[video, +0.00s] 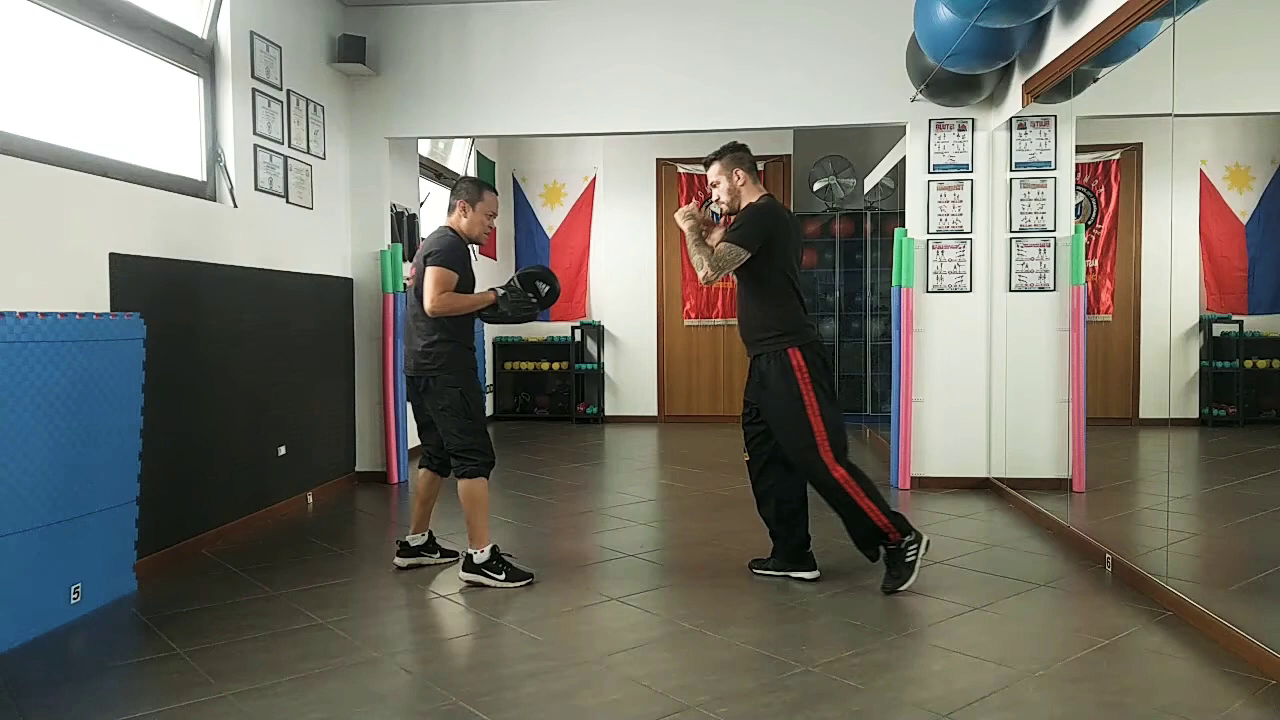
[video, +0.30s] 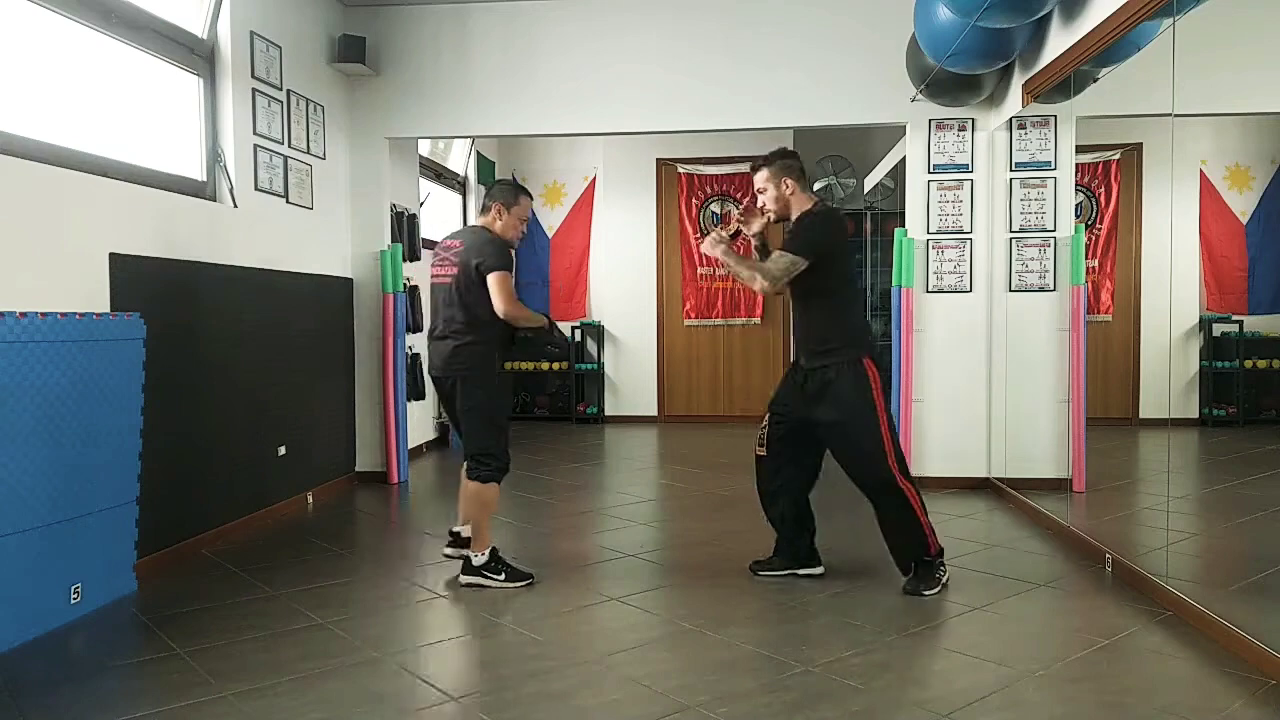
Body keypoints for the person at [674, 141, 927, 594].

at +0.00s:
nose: (713, 193)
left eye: (717, 184)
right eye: (711, 186)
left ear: (740, 177)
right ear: (743, 180)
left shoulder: (762, 213)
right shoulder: (756, 218)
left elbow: (709, 270)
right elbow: (730, 269)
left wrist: (690, 232)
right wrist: (710, 238)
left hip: (789, 353)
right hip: (768, 356)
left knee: (820, 456)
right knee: (768, 457)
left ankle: (899, 540)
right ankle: (793, 555)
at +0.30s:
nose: (760, 201)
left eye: (763, 190)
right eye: (757, 193)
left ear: (788, 184)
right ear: (789, 187)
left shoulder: (819, 222)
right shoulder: (799, 228)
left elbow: (769, 280)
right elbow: (778, 283)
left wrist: (724, 254)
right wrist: (759, 239)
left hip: (849, 368)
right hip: (808, 369)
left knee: (880, 470)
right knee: (777, 460)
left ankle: (926, 560)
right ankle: (796, 552)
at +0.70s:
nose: (771, 198)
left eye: (777, 187)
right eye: (769, 190)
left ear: (802, 185)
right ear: (795, 189)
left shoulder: (849, 216)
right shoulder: (793, 238)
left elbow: (799, 252)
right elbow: (770, 298)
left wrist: (756, 216)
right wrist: (744, 283)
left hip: (871, 363)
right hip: (820, 366)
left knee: (885, 463)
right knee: (788, 454)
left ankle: (923, 559)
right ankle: (789, 549)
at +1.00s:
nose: (776, 213)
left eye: (779, 204)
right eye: (774, 206)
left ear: (804, 203)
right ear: (806, 204)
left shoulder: (844, 240)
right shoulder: (814, 244)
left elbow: (792, 300)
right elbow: (794, 298)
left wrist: (768, 257)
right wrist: (772, 254)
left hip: (848, 383)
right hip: (805, 378)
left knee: (866, 481)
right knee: (747, 443)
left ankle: (915, 564)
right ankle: (752, 540)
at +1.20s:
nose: (744, 200)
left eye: (748, 192)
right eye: (744, 193)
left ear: (772, 193)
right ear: (772, 193)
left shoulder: (806, 233)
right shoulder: (774, 237)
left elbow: (744, 279)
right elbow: (732, 273)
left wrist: (740, 228)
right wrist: (719, 235)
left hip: (810, 375)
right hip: (764, 373)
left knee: (840, 468)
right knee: (719, 448)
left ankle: (899, 546)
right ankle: (716, 543)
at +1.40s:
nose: (711, 208)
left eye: (715, 201)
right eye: (710, 202)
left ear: (739, 199)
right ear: (735, 200)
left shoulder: (781, 239)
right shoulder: (729, 231)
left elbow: (731, 285)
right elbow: (691, 239)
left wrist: (717, 234)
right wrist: (669, 244)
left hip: (783, 374)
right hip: (738, 371)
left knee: (790, 470)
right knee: (687, 443)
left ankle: (825, 564)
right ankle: (688, 538)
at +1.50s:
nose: (692, 211)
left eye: (696, 203)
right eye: (691, 205)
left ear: (722, 203)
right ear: (719, 204)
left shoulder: (763, 245)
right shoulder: (708, 239)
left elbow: (723, 295)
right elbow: (652, 254)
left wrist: (702, 242)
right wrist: (615, 231)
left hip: (763, 380)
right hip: (719, 377)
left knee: (778, 474)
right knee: (668, 447)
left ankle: (826, 562)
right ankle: (671, 541)